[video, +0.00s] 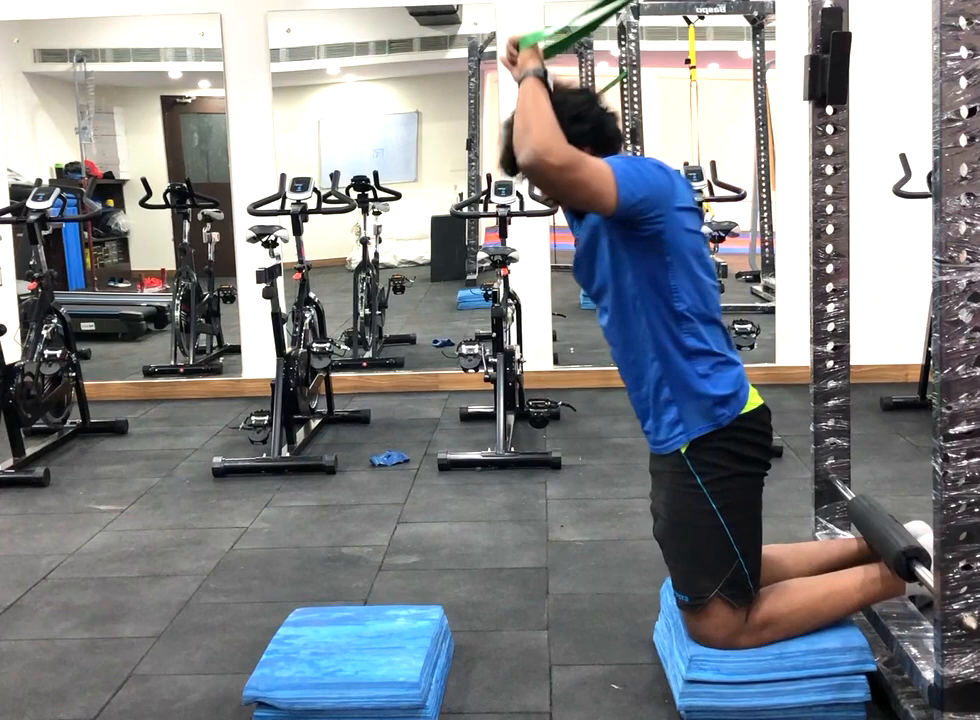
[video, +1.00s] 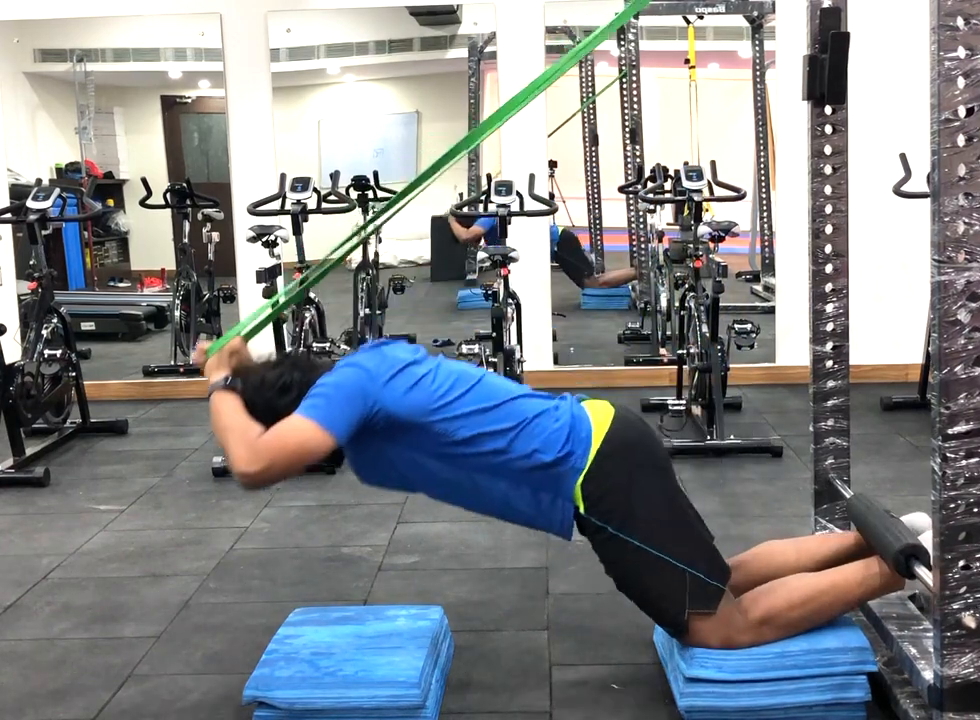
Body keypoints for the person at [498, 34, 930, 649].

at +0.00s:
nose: (534, 189)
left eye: (534, 170)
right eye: (525, 176)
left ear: (569, 149)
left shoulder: (648, 184)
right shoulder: (602, 211)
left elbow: (544, 158)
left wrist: (528, 73)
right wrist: (526, 79)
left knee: (722, 624)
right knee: (718, 582)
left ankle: (898, 577)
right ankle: (873, 545)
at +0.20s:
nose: (486, 236)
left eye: (483, 213)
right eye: (475, 225)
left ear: (512, 182)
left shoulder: (587, 195)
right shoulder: (558, 232)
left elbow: (480, 192)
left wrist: (500, 123)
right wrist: (494, 121)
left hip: (692, 429)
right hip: (668, 433)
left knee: (719, 624)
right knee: (717, 577)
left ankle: (898, 574)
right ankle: (868, 543)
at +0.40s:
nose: (420, 291)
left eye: (414, 273)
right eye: (407, 279)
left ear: (442, 235)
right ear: (447, 233)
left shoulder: (517, 226)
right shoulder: (504, 250)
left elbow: (400, 251)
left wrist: (410, 173)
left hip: (673, 432)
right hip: (656, 433)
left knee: (720, 624)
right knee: (717, 581)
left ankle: (896, 570)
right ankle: (870, 541)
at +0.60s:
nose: (365, 330)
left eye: (362, 314)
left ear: (377, 295)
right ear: (395, 270)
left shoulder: (455, 275)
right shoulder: (449, 288)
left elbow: (333, 326)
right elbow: (350, 324)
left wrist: (334, 243)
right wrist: (343, 250)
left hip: (646, 439)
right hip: (640, 436)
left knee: (717, 624)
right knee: (714, 580)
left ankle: (895, 570)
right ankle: (862, 542)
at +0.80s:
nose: (315, 390)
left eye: (311, 373)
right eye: (309, 378)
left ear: (326, 345)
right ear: (338, 335)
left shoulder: (399, 331)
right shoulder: (398, 334)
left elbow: (286, 395)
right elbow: (306, 391)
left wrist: (261, 312)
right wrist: (279, 325)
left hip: (624, 453)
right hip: (615, 448)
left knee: (723, 626)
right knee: (708, 591)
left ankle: (902, 567)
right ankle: (864, 538)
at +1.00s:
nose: (286, 441)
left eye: (279, 430)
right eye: (280, 432)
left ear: (295, 407)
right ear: (304, 374)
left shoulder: (359, 376)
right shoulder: (368, 371)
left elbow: (248, 462)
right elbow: (274, 457)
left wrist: (217, 386)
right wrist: (239, 386)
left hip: (601, 467)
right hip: (596, 457)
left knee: (723, 631)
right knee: (707, 594)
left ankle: (903, 568)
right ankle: (860, 535)